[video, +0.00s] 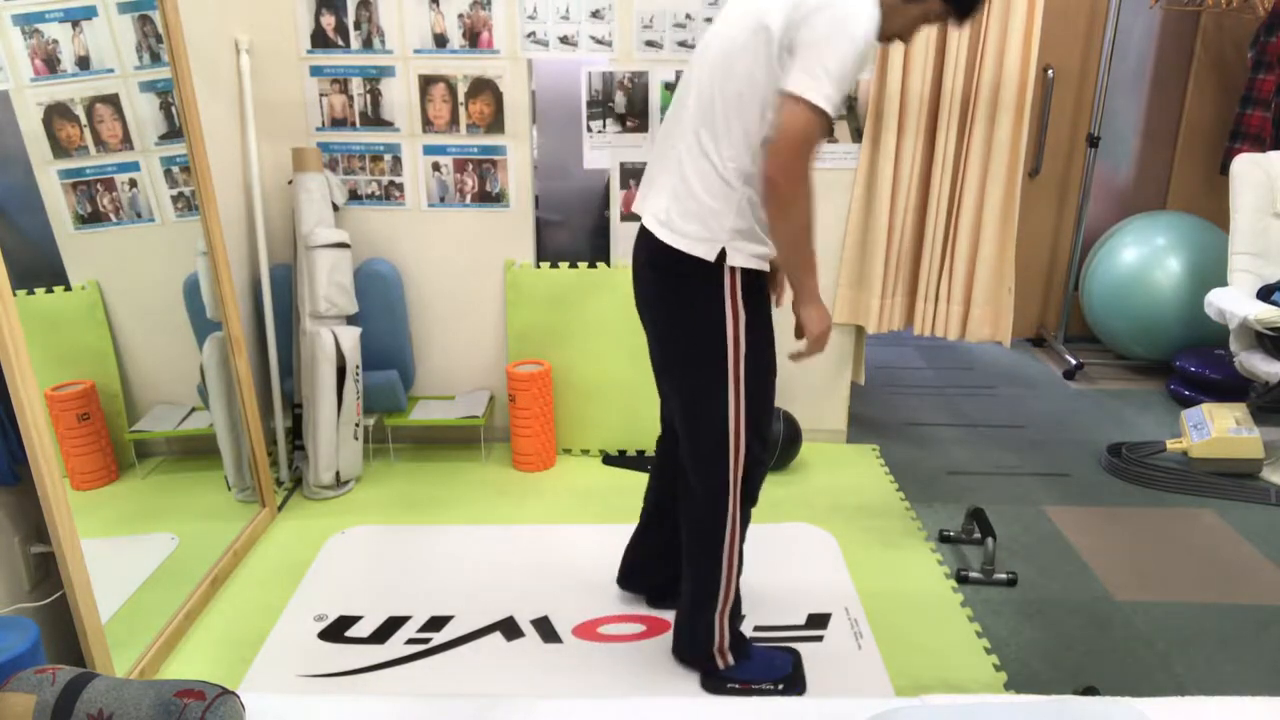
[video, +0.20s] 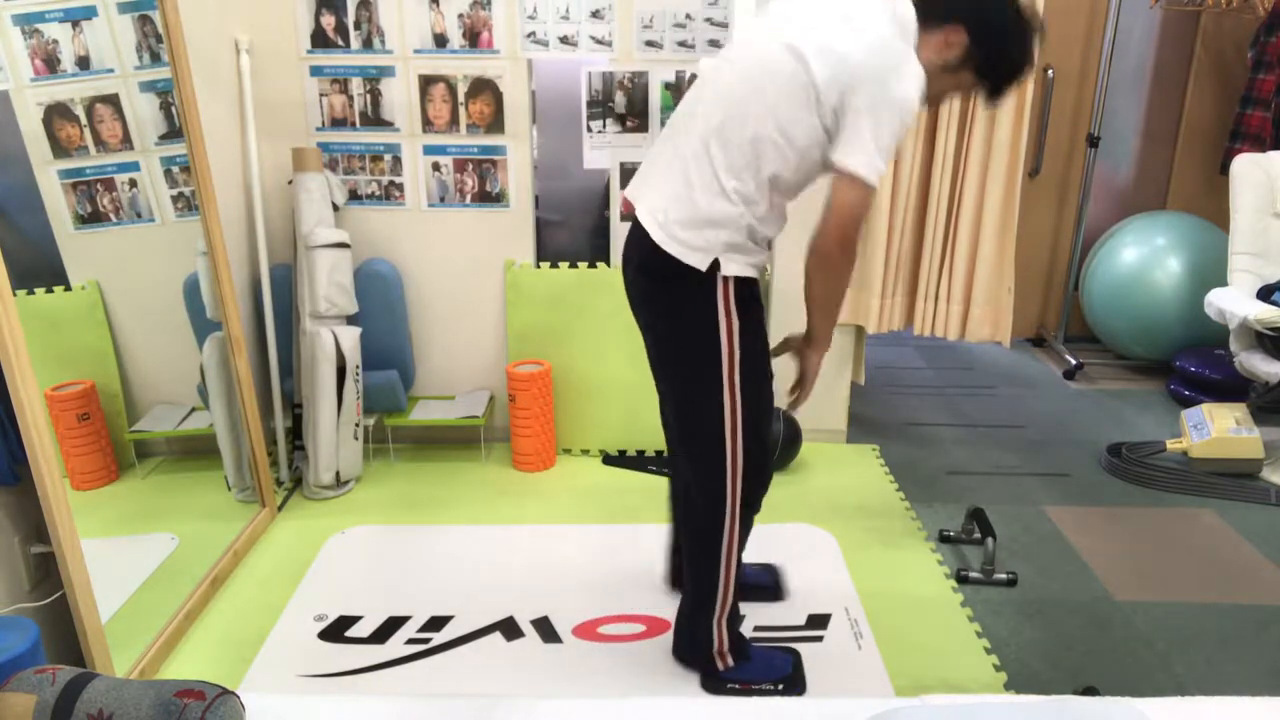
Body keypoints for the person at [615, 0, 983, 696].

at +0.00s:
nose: (917, 36)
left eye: (932, 26)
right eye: (933, 20)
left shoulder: (796, 6)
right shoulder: (845, 16)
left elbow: (745, 132)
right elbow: (787, 156)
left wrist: (767, 249)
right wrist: (809, 289)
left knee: (692, 427)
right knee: (733, 455)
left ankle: (656, 568)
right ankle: (713, 647)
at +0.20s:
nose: (948, 102)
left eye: (962, 96)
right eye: (962, 87)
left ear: (943, 30)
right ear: (951, 43)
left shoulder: (862, 22)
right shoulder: (892, 70)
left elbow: (717, 88)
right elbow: (837, 231)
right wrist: (816, 339)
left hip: (675, 230)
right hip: (698, 251)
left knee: (713, 430)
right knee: (738, 452)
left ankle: (698, 565)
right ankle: (711, 648)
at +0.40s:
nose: (936, 175)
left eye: (953, 173)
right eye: (954, 165)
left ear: (950, 105)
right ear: (954, 120)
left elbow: (724, 113)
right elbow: (825, 281)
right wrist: (797, 373)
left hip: (673, 227)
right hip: (688, 249)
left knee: (744, 428)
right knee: (741, 451)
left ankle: (722, 567)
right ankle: (712, 646)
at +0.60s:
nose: (927, 188)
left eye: (943, 187)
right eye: (946, 180)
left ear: (948, 124)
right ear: (950, 134)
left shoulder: (881, 90)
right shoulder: (898, 121)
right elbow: (817, 265)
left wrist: (780, 352)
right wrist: (794, 363)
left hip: (691, 245)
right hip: (687, 255)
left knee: (757, 434)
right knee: (747, 454)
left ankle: (724, 566)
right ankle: (717, 648)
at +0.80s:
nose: (923, 171)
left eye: (938, 170)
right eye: (941, 163)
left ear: (942, 108)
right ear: (947, 118)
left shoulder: (874, 81)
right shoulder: (896, 108)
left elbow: (760, 182)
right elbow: (818, 251)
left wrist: (763, 334)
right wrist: (794, 349)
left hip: (699, 255)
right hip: (695, 263)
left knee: (753, 434)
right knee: (765, 460)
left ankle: (721, 565)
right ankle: (723, 649)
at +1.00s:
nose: (921, 161)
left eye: (936, 159)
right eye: (938, 153)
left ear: (941, 98)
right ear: (944, 108)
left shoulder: (869, 76)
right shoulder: (895, 99)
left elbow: (756, 180)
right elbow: (820, 240)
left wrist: (773, 328)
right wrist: (796, 334)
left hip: (692, 241)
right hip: (694, 252)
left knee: (753, 431)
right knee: (760, 446)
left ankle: (720, 569)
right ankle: (716, 645)